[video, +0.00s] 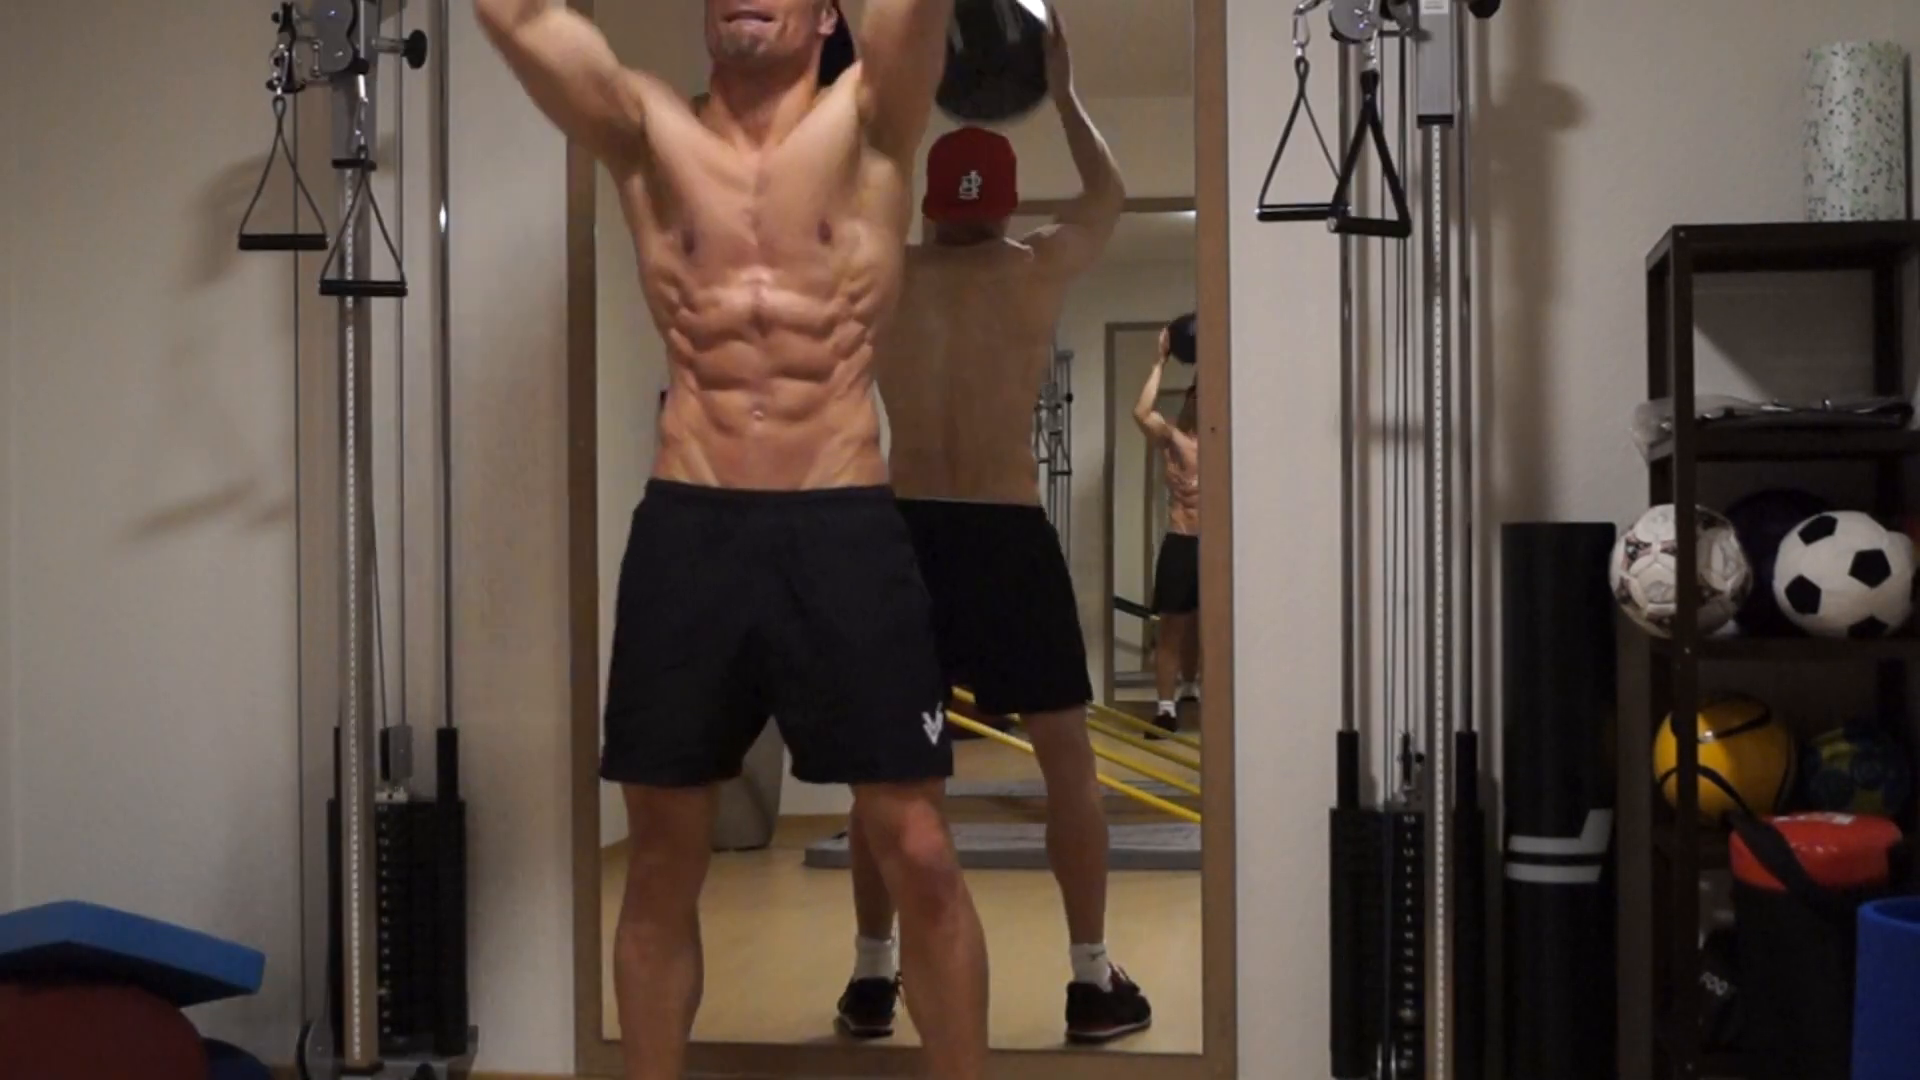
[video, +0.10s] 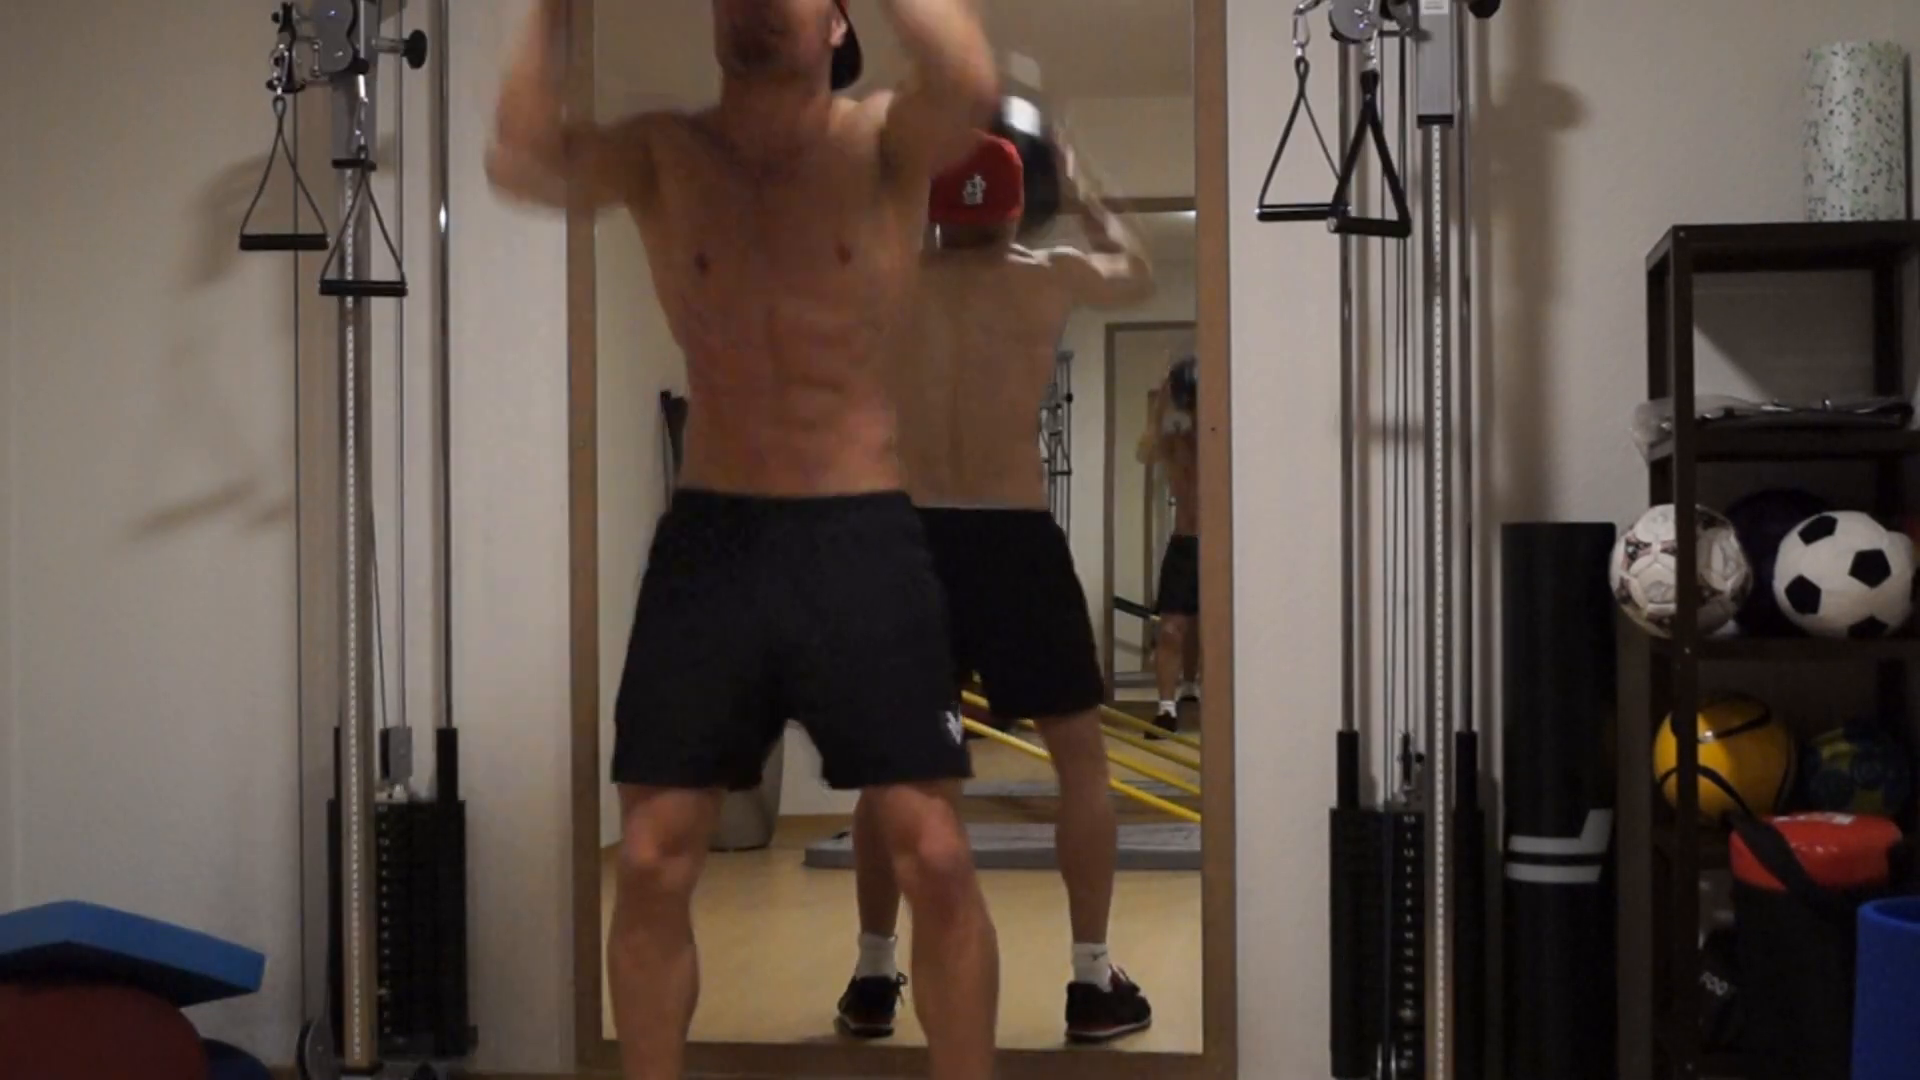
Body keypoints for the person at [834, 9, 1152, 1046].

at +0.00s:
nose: (983, 203)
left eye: (964, 190)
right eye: (993, 192)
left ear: (925, 201)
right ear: (1008, 206)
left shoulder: (882, 268)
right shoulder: (1039, 272)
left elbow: (855, 189)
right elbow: (1105, 197)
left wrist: (880, 103)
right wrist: (1068, 101)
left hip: (903, 536)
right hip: (1012, 540)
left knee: (883, 778)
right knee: (1068, 768)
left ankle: (873, 972)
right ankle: (1091, 975)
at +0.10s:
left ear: (930, 203)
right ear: (1020, 207)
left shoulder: (887, 274)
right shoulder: (1045, 277)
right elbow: (1129, 268)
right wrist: (1079, 188)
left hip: (904, 541)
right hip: (1017, 542)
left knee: (886, 773)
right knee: (1080, 755)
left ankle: (875, 973)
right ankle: (1092, 976)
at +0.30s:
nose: (1017, 276)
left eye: (989, 259)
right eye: (1023, 263)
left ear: (956, 264)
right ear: (1032, 270)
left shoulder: (910, 341)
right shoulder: (1066, 352)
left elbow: (864, 458)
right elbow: (1112, 492)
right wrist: (1078, 504)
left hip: (912, 576)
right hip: (1023, 578)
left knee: (878, 769)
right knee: (1105, 763)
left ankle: (881, 970)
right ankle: (1094, 977)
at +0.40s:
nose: (1024, 335)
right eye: (1030, 323)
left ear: (959, 321)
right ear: (1039, 325)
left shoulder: (916, 393)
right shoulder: (1067, 403)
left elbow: (880, 527)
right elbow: (1094, 559)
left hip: (918, 603)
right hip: (1024, 607)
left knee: (871, 780)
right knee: (1112, 768)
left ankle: (881, 976)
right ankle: (1093, 977)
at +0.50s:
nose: (1045, 421)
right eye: (1046, 411)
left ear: (972, 416)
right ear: (1045, 417)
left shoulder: (929, 474)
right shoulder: (1070, 486)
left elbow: (894, 598)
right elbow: (1086, 634)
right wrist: (1082, 748)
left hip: (922, 647)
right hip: (1019, 648)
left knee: (862, 799)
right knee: (1126, 771)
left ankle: (876, 975)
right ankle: (1096, 980)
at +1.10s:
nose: (1028, 342)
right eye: (1038, 328)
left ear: (975, 328)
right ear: (1052, 332)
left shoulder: (934, 397)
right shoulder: (1079, 404)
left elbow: (886, 519)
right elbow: (1109, 545)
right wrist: (1071, 616)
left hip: (926, 588)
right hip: (1028, 594)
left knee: (889, 775)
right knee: (1110, 766)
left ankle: (881, 975)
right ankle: (1093, 977)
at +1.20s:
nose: (1027, 281)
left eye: (997, 267)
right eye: (1033, 267)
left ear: (965, 273)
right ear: (1044, 275)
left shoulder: (922, 351)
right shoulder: (1076, 358)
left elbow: (867, 464)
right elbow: (1122, 498)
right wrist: (1075, 512)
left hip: (922, 566)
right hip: (1031, 569)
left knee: (896, 770)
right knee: (1101, 765)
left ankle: (882, 971)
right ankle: (1092, 977)